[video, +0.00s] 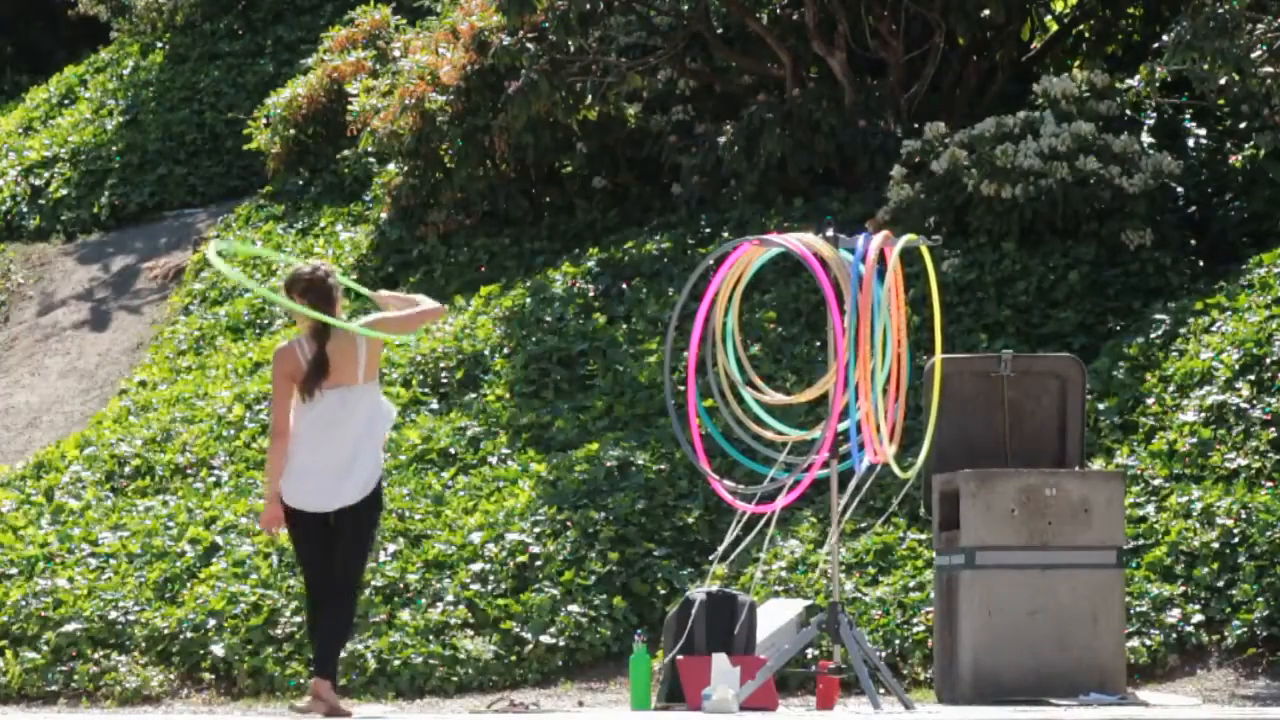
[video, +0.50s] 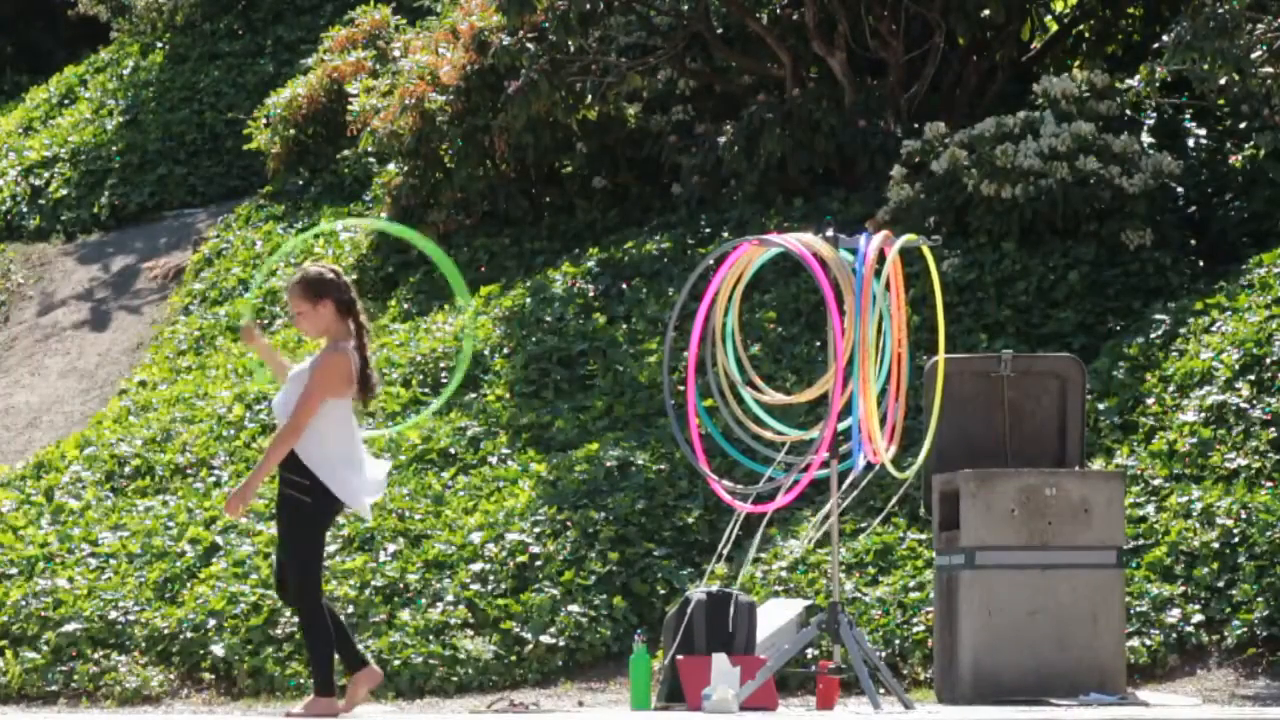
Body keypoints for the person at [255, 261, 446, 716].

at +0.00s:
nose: (287, 309)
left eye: (289, 303)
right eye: (287, 302)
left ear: (299, 306)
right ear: (336, 298)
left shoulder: (289, 356)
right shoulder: (369, 333)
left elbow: (279, 433)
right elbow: (435, 309)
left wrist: (271, 495)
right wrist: (383, 298)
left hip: (303, 489)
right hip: (360, 485)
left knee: (318, 586)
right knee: (345, 585)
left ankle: (326, 686)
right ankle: (322, 682)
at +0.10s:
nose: (288, 313)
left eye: (289, 303)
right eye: (287, 304)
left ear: (305, 301)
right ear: (330, 299)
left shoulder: (295, 353)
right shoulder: (371, 337)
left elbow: (281, 431)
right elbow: (422, 323)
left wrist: (264, 489)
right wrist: (374, 297)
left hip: (306, 488)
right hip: (362, 488)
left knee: (311, 584)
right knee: (343, 583)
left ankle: (328, 689)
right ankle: (326, 685)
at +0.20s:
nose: (287, 317)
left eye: (288, 308)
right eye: (285, 309)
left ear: (307, 305)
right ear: (327, 303)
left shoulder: (301, 353)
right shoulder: (366, 341)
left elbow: (284, 428)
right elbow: (397, 338)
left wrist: (256, 490)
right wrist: (359, 303)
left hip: (309, 486)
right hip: (360, 484)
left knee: (313, 587)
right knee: (338, 581)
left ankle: (325, 693)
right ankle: (343, 674)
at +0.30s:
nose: (288, 319)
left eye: (291, 310)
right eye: (286, 311)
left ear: (315, 304)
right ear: (326, 304)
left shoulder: (309, 356)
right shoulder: (362, 345)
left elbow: (286, 431)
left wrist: (251, 490)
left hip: (307, 479)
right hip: (349, 478)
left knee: (310, 587)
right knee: (323, 581)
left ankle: (324, 695)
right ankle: (361, 661)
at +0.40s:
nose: (285, 316)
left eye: (292, 308)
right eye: (285, 308)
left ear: (320, 308)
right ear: (322, 310)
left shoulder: (323, 359)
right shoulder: (341, 352)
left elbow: (290, 431)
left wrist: (250, 487)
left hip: (310, 483)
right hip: (328, 482)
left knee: (305, 587)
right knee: (309, 584)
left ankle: (324, 696)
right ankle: (367, 664)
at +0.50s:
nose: (295, 322)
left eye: (299, 313)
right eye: (292, 314)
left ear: (328, 307)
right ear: (326, 310)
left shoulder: (335, 359)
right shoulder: (333, 352)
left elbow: (295, 427)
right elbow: (296, 385)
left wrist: (250, 484)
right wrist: (262, 348)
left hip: (312, 482)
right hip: (305, 479)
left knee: (304, 586)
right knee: (289, 582)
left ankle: (324, 695)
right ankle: (360, 668)